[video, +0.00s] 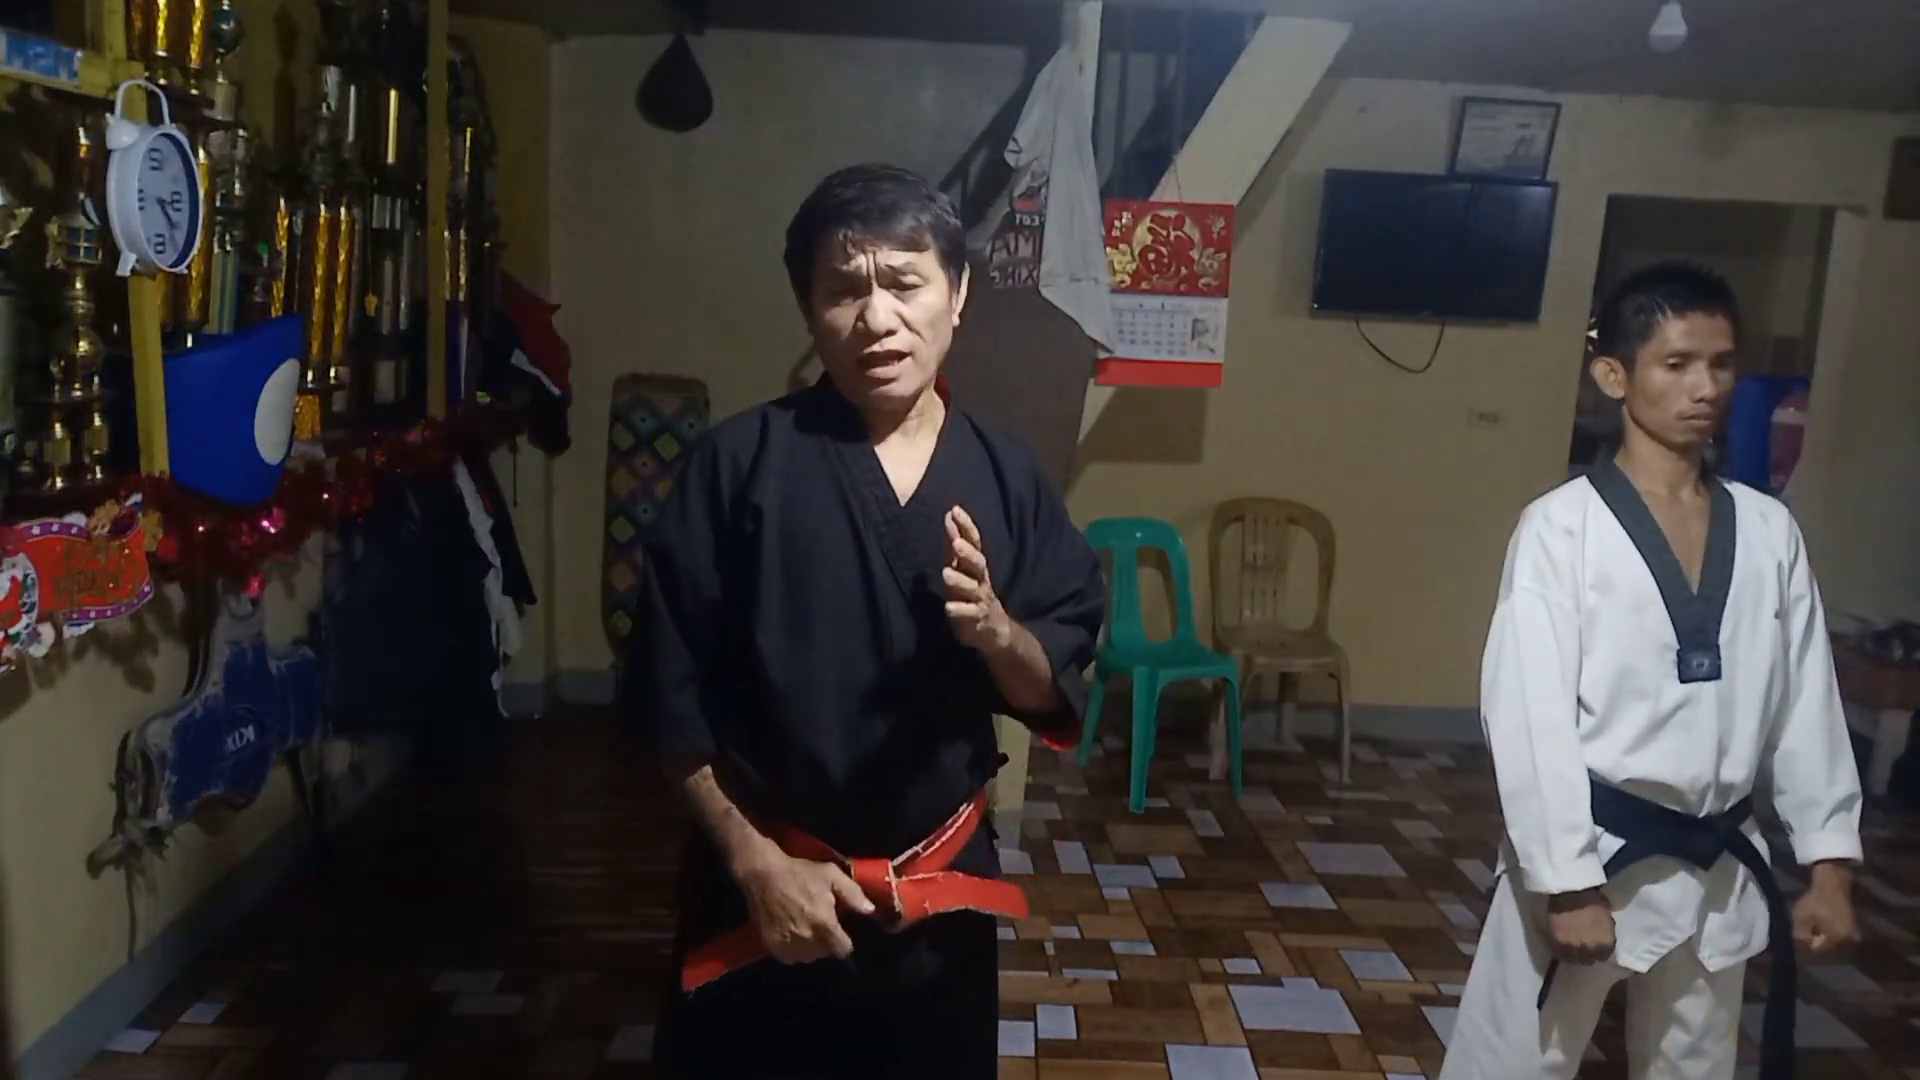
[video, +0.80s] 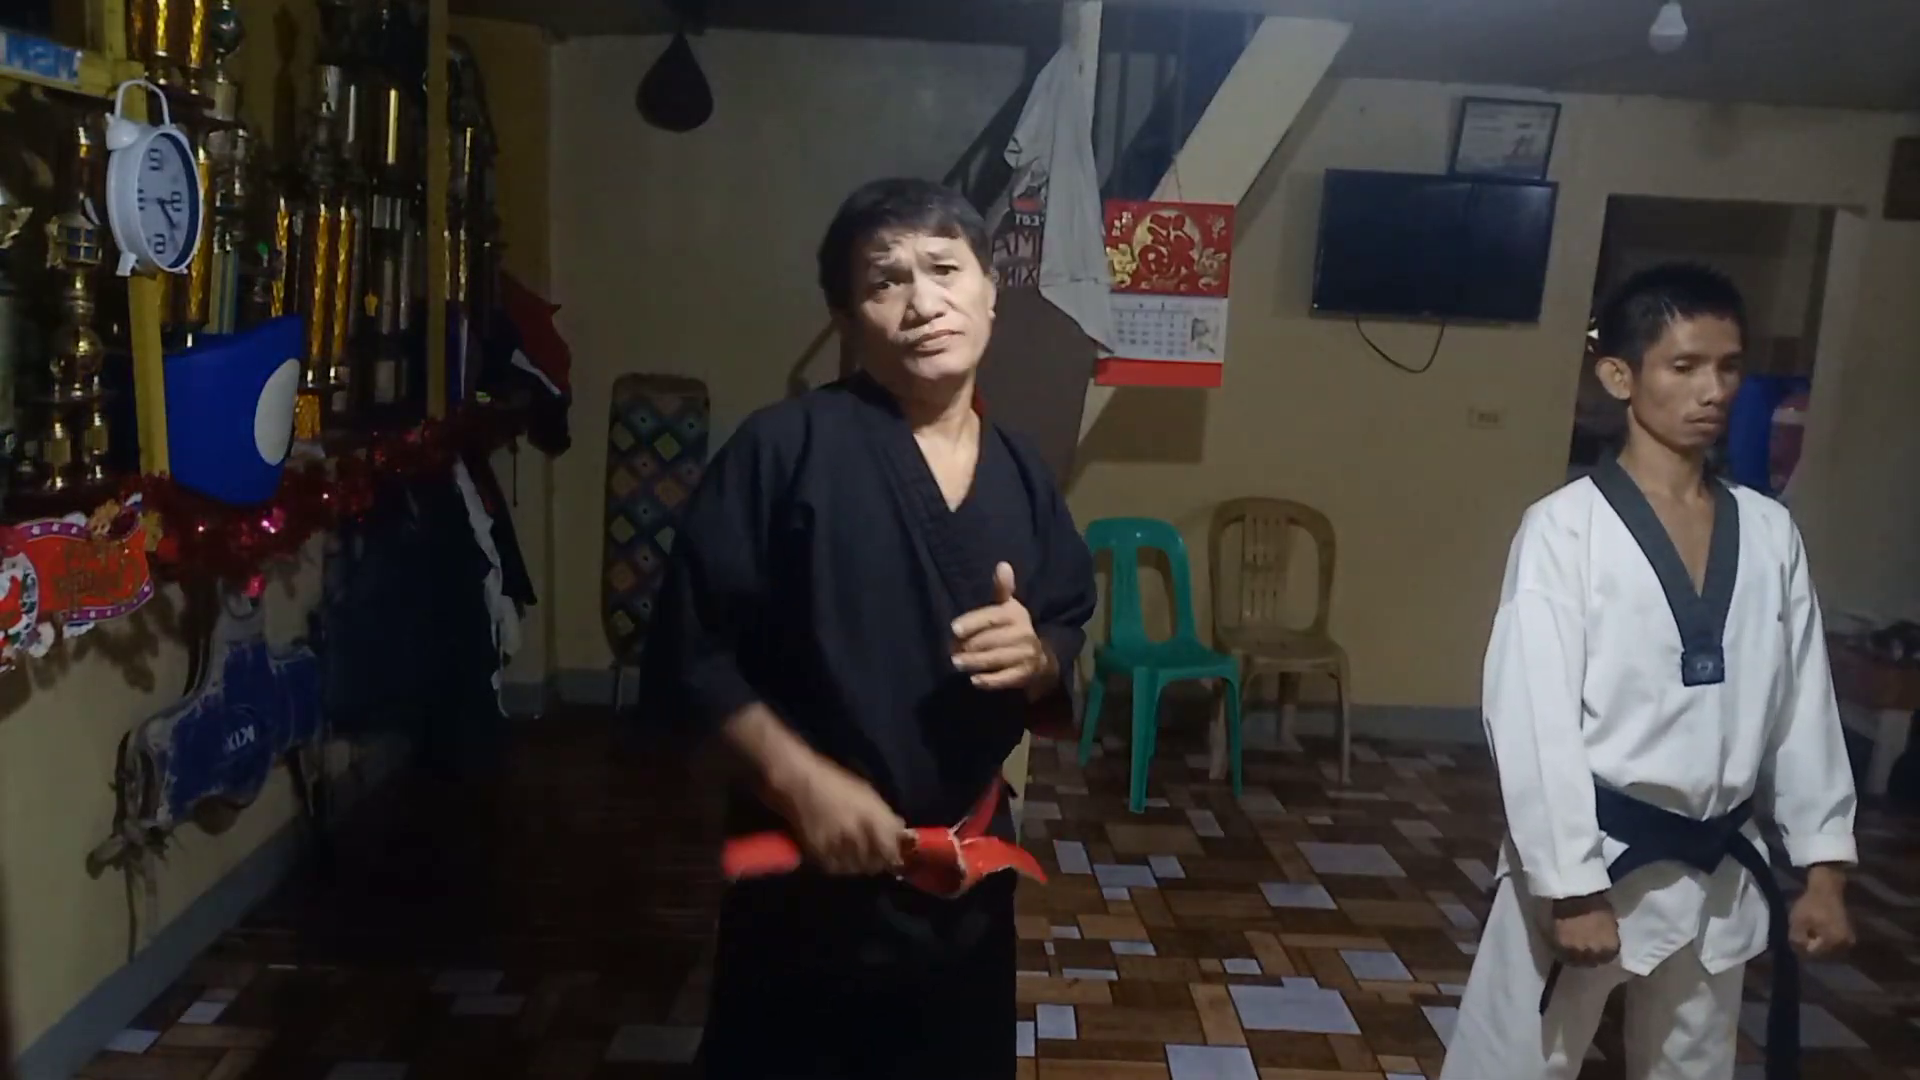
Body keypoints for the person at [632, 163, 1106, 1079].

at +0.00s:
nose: (876, 316)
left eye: (904, 284)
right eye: (844, 290)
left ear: (957, 297)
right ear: (809, 313)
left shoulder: (1006, 472)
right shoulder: (733, 468)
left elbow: (1054, 694)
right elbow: (662, 686)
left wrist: (996, 632)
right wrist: (754, 859)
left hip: (939, 902)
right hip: (755, 903)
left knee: (941, 1070)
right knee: (746, 1075)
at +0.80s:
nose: (924, 301)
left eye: (947, 269)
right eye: (887, 281)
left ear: (991, 294)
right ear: (845, 323)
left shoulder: (1017, 467)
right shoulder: (782, 450)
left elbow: (1064, 634)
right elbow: (683, 648)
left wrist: (1036, 654)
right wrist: (803, 778)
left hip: (966, 895)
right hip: (803, 892)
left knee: (964, 1068)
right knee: (785, 1071)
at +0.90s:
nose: (947, 304)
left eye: (970, 274)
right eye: (910, 285)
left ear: (1013, 300)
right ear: (869, 323)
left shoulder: (1024, 469)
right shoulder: (803, 440)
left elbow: (1071, 628)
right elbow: (679, 617)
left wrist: (1043, 655)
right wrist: (803, 711)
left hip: (965, 875)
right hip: (814, 873)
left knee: (959, 1065)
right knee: (795, 1066)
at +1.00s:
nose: (972, 313)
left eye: (996, 282)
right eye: (937, 287)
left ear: (1032, 304)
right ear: (890, 314)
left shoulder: (1027, 469)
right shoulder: (818, 431)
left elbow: (1069, 635)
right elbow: (671, 593)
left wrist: (1045, 652)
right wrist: (798, 618)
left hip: (958, 852)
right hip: (815, 844)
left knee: (944, 1063)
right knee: (789, 1063)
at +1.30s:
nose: (905, 303)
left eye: (930, 272)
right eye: (869, 279)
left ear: (969, 293)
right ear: (825, 309)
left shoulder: (973, 456)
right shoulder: (770, 449)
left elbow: (1019, 630)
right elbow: (631, 641)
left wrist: (992, 651)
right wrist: (807, 679)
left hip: (916, 862)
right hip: (775, 859)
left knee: (897, 1063)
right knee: (752, 1065)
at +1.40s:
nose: (852, 320)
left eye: (874, 284)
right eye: (812, 296)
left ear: (910, 296)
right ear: (764, 326)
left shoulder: (949, 460)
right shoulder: (719, 488)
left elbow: (1000, 614)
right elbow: (696, 748)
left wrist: (938, 648)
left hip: (892, 861)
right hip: (743, 868)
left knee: (893, 1062)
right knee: (744, 1065)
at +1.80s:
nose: (895, 338)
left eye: (915, 306)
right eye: (862, 314)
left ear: (948, 321)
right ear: (824, 341)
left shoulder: (980, 475)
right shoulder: (776, 475)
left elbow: (1019, 612)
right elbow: (689, 657)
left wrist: (1002, 679)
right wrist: (784, 778)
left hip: (916, 832)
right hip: (783, 834)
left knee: (885, 1052)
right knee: (770, 1058)